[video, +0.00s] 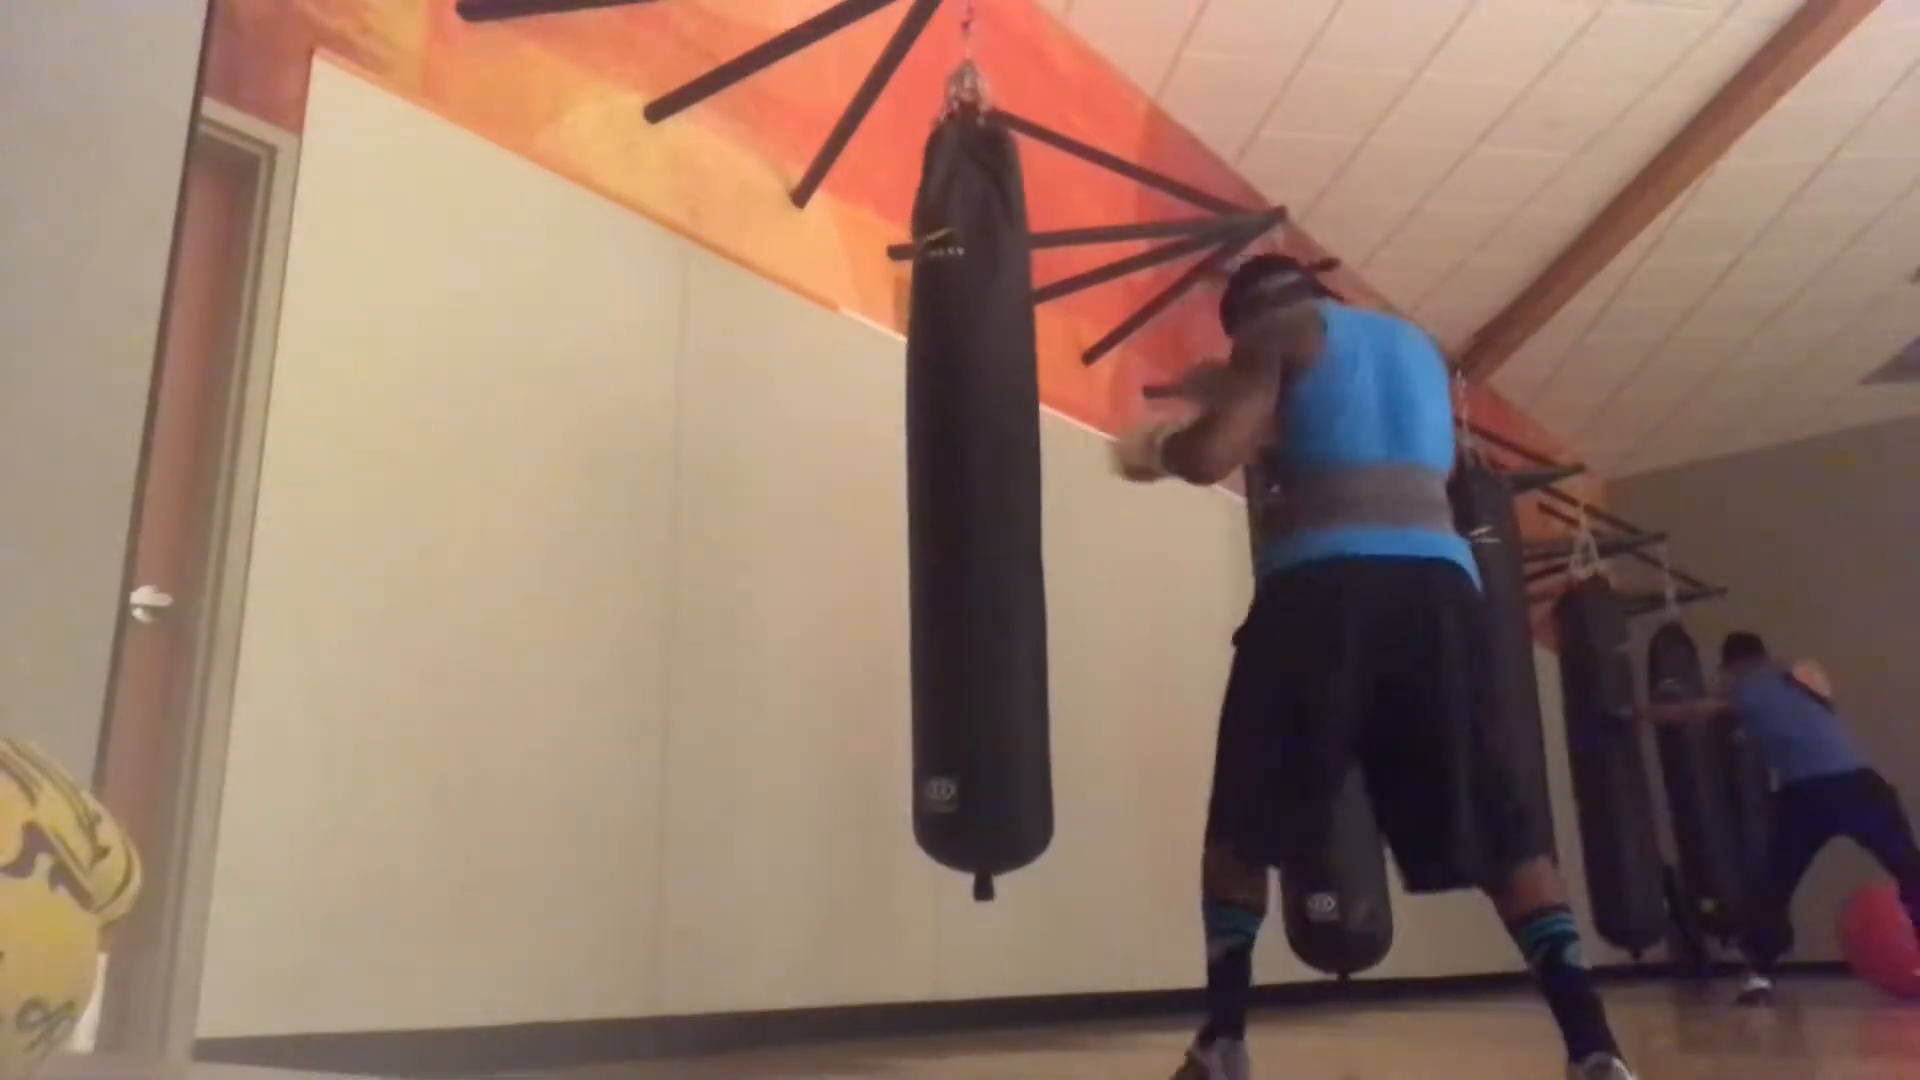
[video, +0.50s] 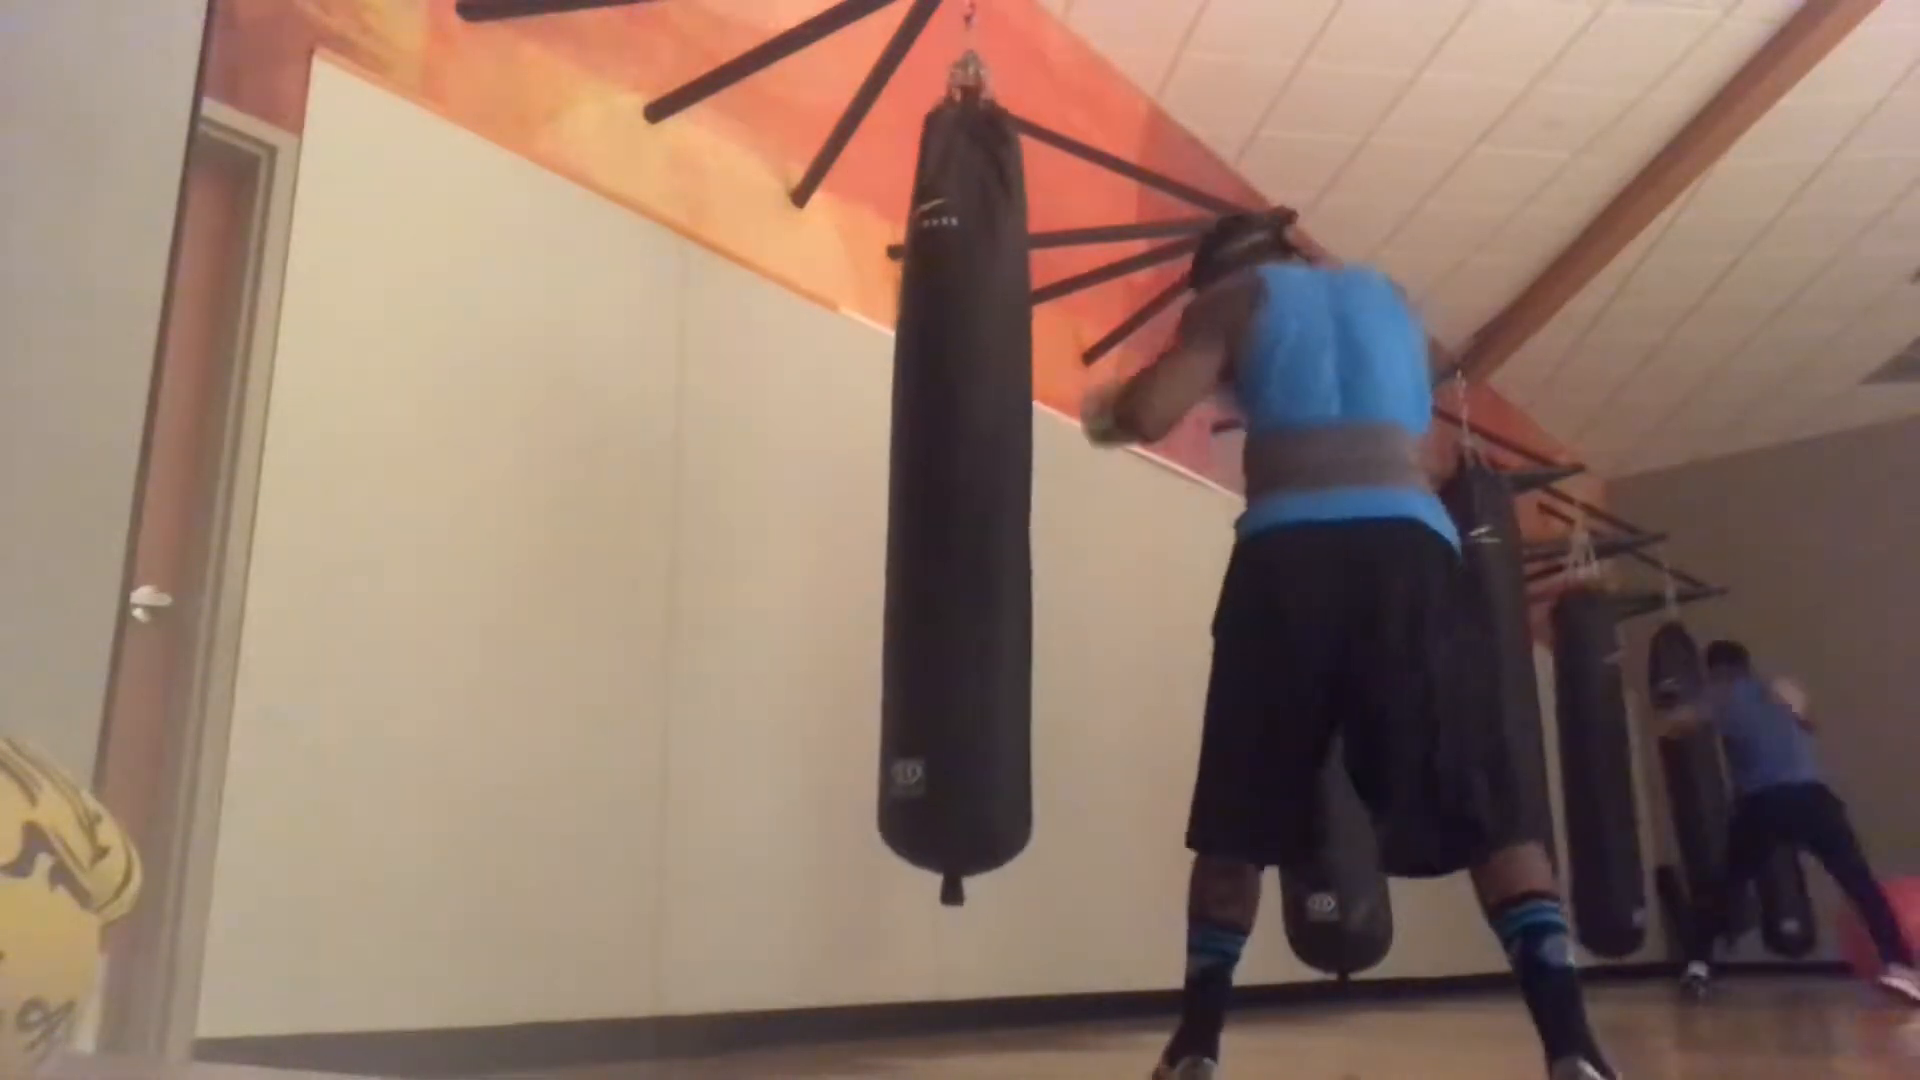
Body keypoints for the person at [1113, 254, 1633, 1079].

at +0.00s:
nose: (1242, 348)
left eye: (1242, 336)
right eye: (1240, 338)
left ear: (1255, 312)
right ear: (1314, 287)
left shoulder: (1276, 327)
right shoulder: (1419, 344)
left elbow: (1214, 453)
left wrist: (1162, 450)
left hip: (1320, 599)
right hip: (1442, 597)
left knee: (1241, 819)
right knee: (1496, 818)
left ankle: (1224, 1039)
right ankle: (1593, 1046)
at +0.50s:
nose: (1207, 311)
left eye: (1209, 298)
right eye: (1204, 302)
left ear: (1224, 274)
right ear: (1292, 248)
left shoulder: (1234, 295)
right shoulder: (1392, 300)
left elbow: (1148, 412)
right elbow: (1445, 366)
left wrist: (1108, 411)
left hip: (1284, 568)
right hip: (1413, 564)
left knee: (1236, 812)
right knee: (1486, 804)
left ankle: (1196, 1043)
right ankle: (1571, 1046)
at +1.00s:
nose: (1193, 268)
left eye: (1193, 253)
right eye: (1193, 254)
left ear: (1211, 231)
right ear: (1279, 214)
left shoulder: (1205, 254)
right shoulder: (1376, 260)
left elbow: (1060, 369)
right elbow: (1433, 359)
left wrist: (1012, 369)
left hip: (1256, 544)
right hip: (1390, 539)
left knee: (1215, 794)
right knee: (1458, 790)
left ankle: (1180, 1048)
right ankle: (1534, 1043)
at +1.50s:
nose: (1139, 264)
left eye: (1143, 250)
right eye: (1142, 252)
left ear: (1167, 237)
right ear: (1251, 226)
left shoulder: (1150, 266)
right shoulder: (1313, 269)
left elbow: (1030, 384)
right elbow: (1323, 395)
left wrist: (997, 382)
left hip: (1177, 539)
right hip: (1303, 536)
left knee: (1151, 798)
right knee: (1397, 786)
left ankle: (1127, 1051)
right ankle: (1441, 1028)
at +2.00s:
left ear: (1098, 325)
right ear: (1177, 309)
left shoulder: (1063, 372)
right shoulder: (1242, 327)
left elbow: (994, 513)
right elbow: (1253, 488)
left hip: (1075, 595)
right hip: (1196, 592)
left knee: (1061, 816)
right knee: (1315, 813)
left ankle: (994, 1042)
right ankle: (1282, 1041)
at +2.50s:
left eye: (976, 293)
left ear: (985, 284)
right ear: (1051, 279)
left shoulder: (979, 318)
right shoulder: (1119, 338)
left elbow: (947, 462)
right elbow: (1115, 462)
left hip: (1007, 571)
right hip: (1118, 576)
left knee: (971, 806)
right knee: (1158, 800)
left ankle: (955, 1047)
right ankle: (1317, 955)